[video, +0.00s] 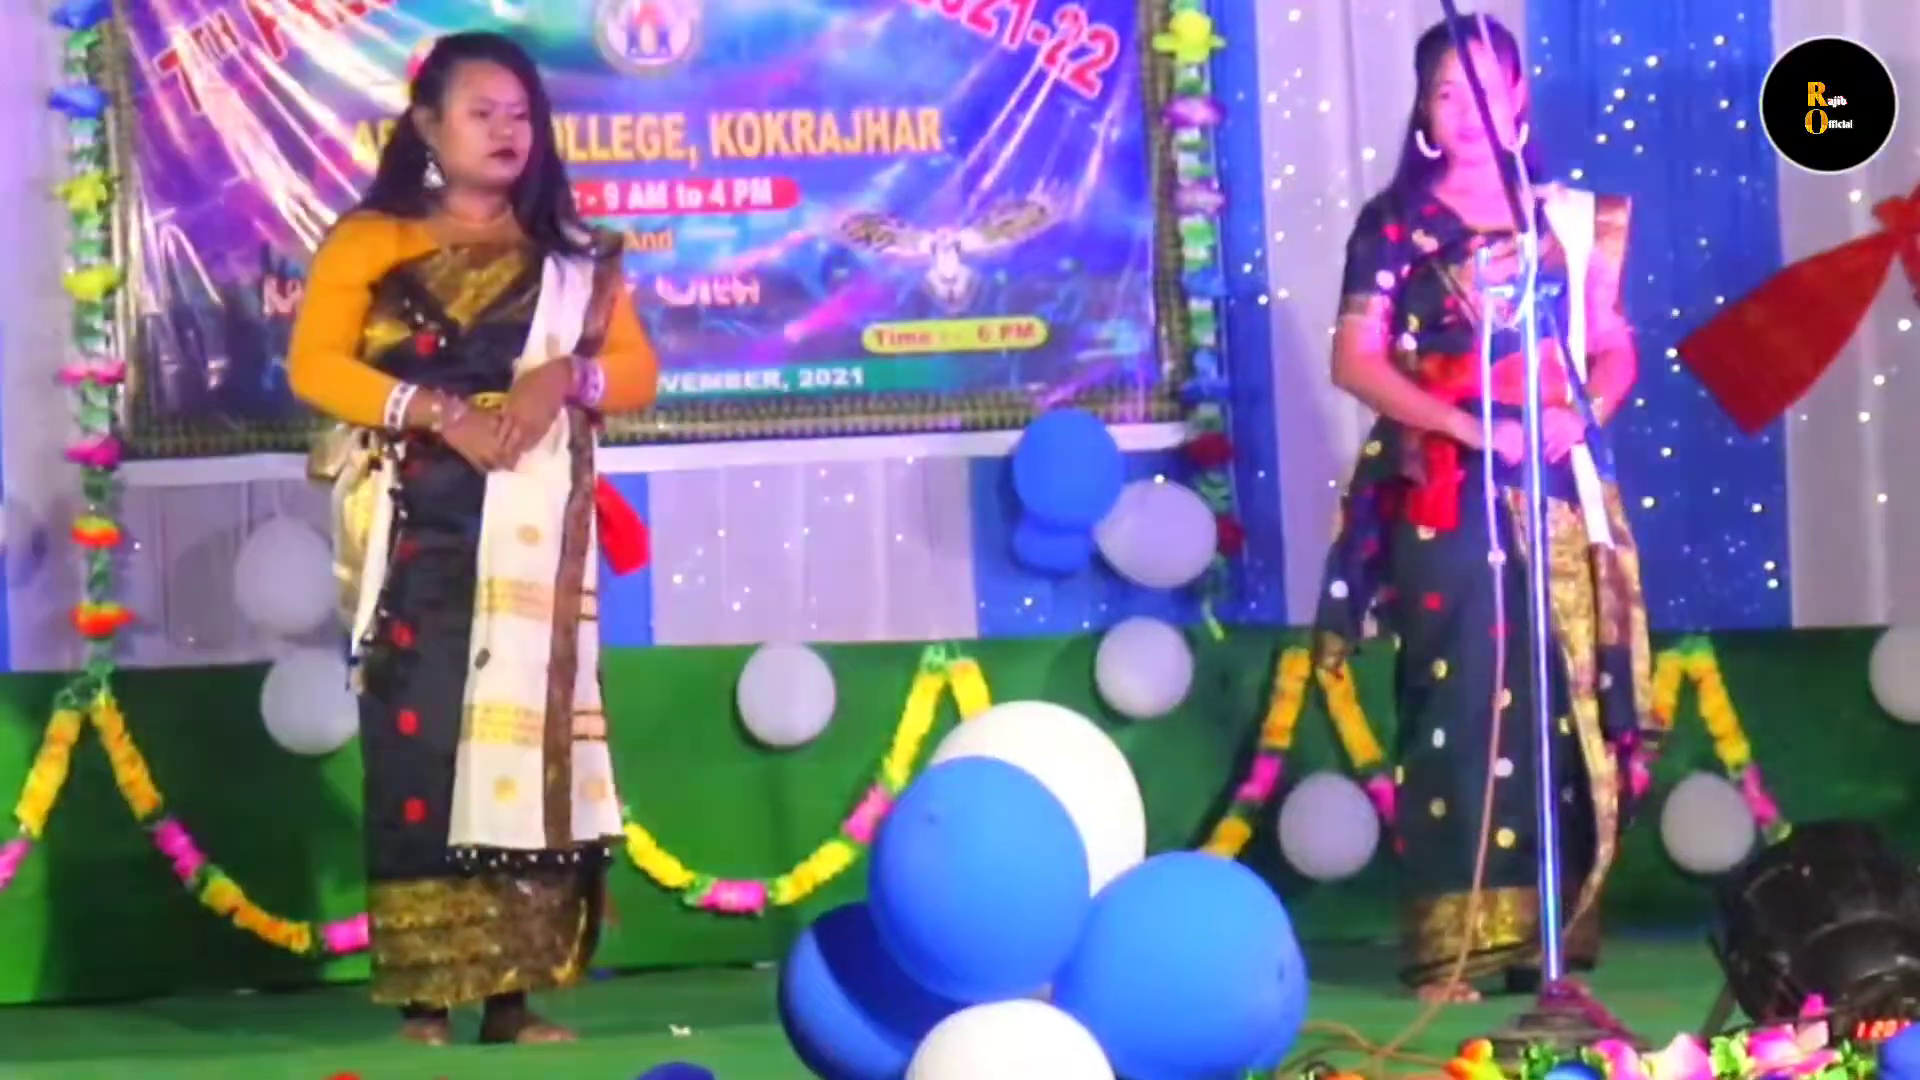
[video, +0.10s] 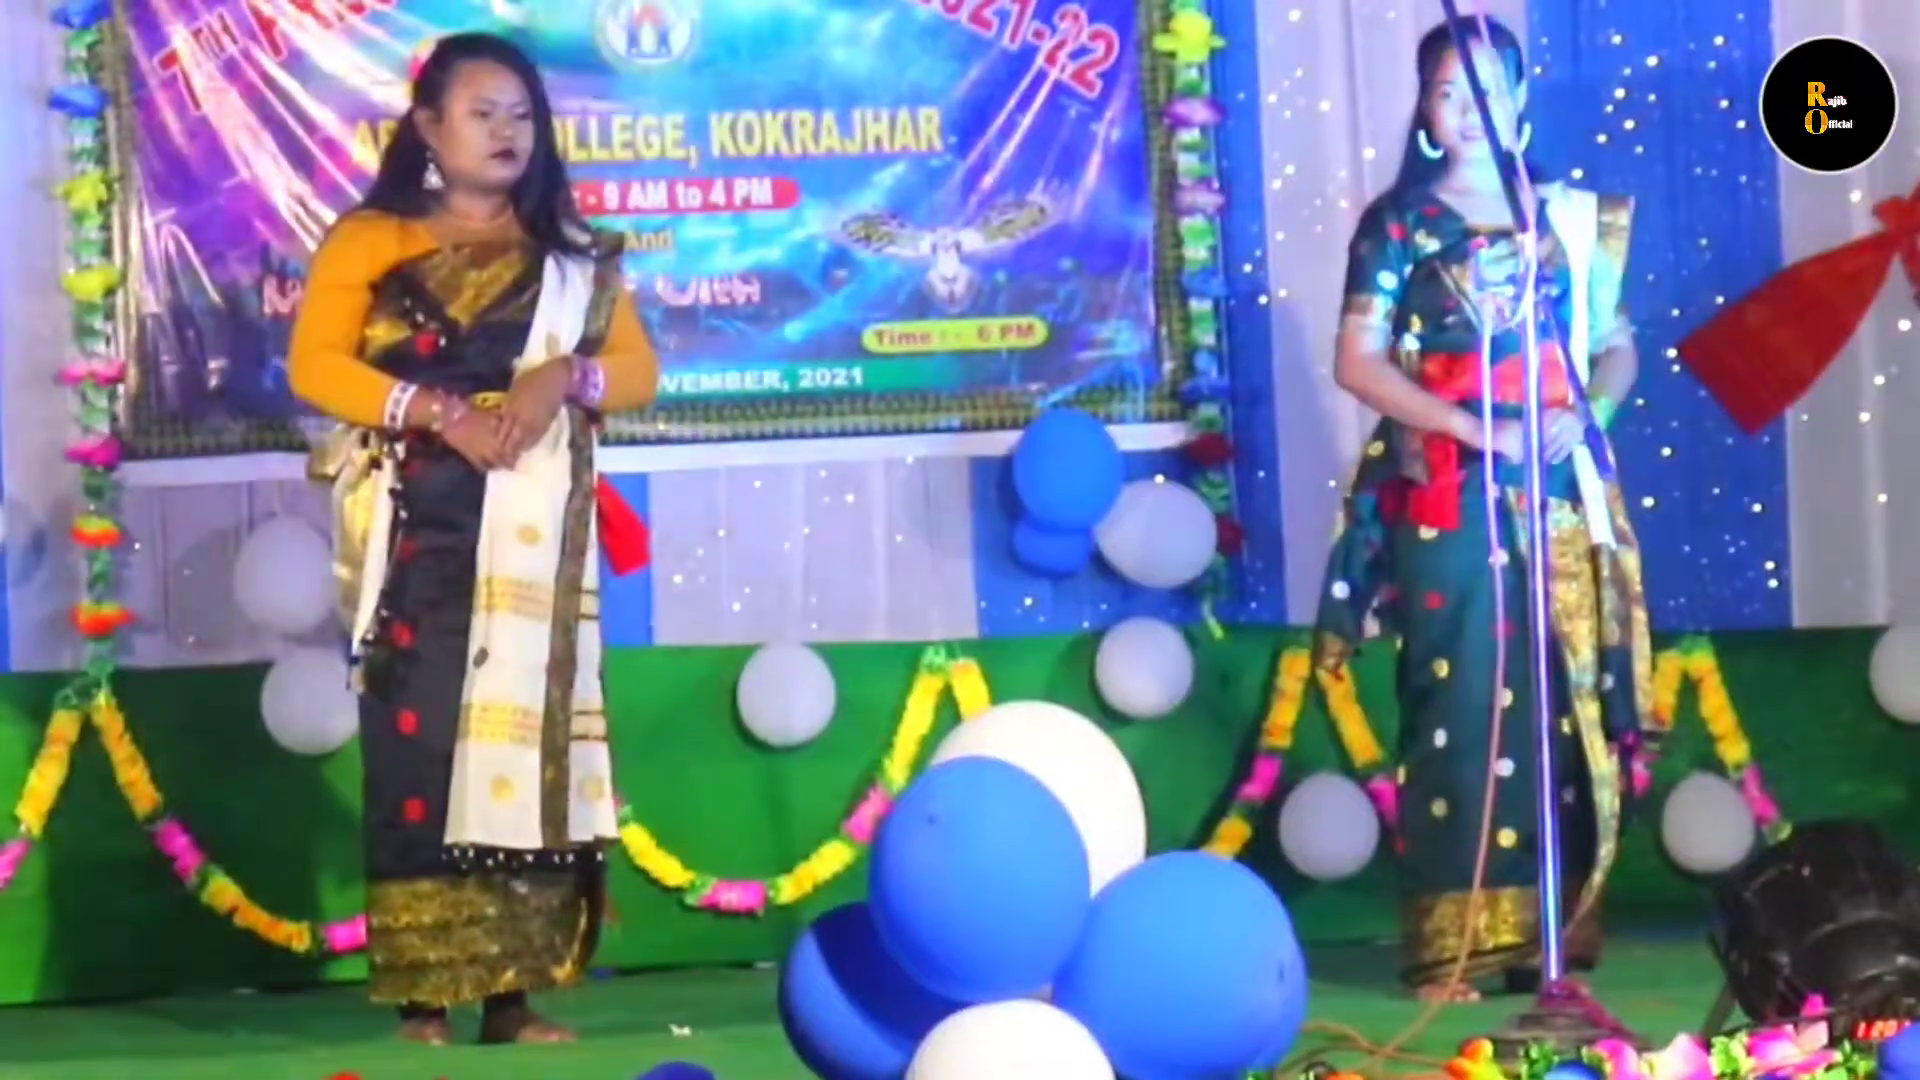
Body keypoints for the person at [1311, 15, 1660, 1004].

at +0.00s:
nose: (1452, 108)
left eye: (1472, 91)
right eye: (1440, 92)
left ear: (1514, 101)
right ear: (1422, 102)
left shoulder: (1568, 215)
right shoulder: (1394, 221)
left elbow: (1614, 351)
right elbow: (1354, 361)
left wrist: (1576, 419)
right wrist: (1471, 426)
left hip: (1555, 494)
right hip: (1446, 495)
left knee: (1563, 706)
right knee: (1452, 708)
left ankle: (1558, 949)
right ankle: (1449, 943)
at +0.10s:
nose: (1454, 105)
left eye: (1474, 88)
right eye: (1441, 89)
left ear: (1513, 97)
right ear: (1422, 101)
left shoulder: (1563, 212)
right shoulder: (1397, 222)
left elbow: (1615, 350)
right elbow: (1355, 362)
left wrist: (1583, 408)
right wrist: (1470, 426)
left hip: (1559, 493)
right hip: (1452, 495)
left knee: (1564, 703)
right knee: (1458, 704)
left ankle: (1559, 946)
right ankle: (1453, 939)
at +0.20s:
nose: (1449, 105)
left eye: (1471, 87)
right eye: (1440, 87)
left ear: (1515, 98)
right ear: (1425, 99)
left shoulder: (1566, 214)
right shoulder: (1401, 221)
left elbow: (1616, 353)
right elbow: (1359, 362)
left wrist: (1577, 411)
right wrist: (1467, 423)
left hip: (1561, 495)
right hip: (1452, 496)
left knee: (1565, 703)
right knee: (1458, 704)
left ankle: (1561, 945)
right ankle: (1452, 941)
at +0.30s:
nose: (1457, 109)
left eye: (1478, 91)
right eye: (1447, 91)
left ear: (1520, 98)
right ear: (1432, 100)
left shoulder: (1571, 213)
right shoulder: (1405, 224)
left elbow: (1621, 347)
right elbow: (1363, 363)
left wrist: (1590, 410)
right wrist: (1473, 425)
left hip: (1565, 494)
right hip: (1458, 496)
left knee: (1568, 701)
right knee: (1466, 703)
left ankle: (1565, 937)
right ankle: (1459, 933)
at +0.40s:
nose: (1462, 106)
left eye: (1483, 89)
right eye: (1453, 88)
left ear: (1526, 99)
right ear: (1437, 99)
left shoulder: (1576, 217)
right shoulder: (1408, 226)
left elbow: (1626, 349)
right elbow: (1367, 368)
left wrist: (1596, 410)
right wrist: (1482, 429)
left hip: (1570, 497)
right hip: (1461, 500)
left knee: (1574, 703)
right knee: (1470, 705)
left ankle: (1569, 932)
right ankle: (1461, 933)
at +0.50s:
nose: (1461, 108)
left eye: (1484, 91)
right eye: (1454, 89)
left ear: (1529, 102)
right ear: (1440, 99)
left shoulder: (1577, 216)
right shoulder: (1412, 223)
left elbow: (1625, 345)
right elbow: (1367, 366)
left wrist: (1600, 408)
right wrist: (1479, 427)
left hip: (1571, 500)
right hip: (1462, 501)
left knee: (1578, 706)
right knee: (1471, 708)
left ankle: (1573, 937)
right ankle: (1458, 938)